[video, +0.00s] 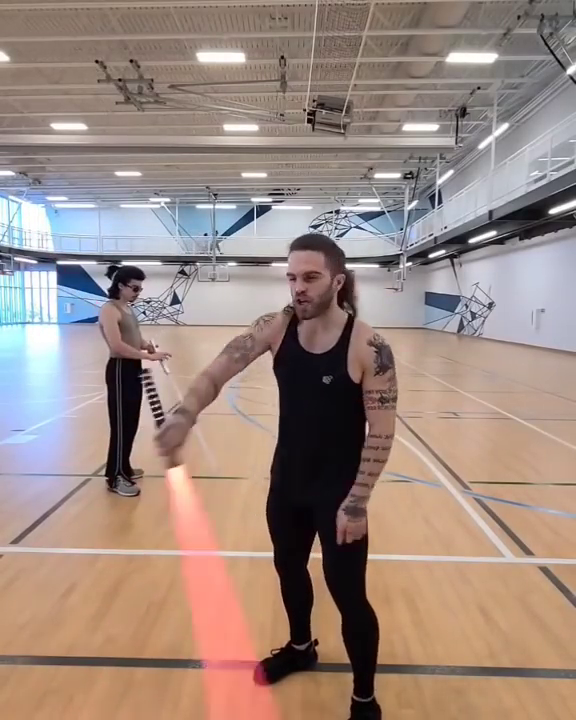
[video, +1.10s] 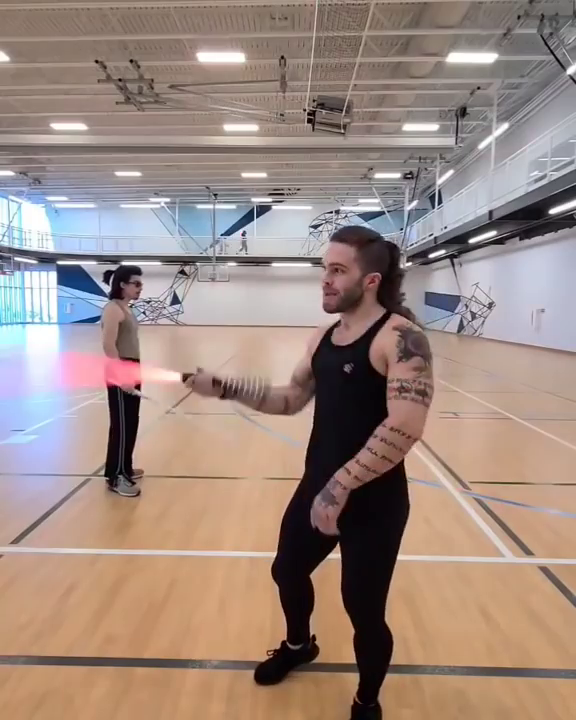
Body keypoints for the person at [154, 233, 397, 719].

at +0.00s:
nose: (298, 287)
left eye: (310, 278)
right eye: (292, 277)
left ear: (338, 280)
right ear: (287, 279)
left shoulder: (369, 347)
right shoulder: (277, 328)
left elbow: (381, 432)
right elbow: (217, 372)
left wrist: (357, 501)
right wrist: (184, 415)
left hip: (342, 487)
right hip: (289, 478)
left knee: (348, 595)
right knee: (290, 568)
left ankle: (363, 696)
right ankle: (301, 645)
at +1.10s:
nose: (325, 279)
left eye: (337, 271)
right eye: (325, 269)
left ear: (371, 281)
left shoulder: (402, 338)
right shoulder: (327, 337)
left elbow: (406, 426)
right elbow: (291, 399)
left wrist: (339, 485)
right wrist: (224, 388)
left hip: (375, 495)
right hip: (321, 483)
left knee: (364, 605)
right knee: (288, 568)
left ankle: (367, 700)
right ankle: (298, 642)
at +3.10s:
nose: (281, 282)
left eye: (293, 273)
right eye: (275, 272)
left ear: (318, 279)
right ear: (268, 276)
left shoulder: (329, 335)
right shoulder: (283, 332)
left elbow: (347, 397)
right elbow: (278, 410)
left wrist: (308, 435)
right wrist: (258, 459)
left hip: (309, 484)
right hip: (272, 478)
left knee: (306, 602)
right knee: (282, 576)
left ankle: (363, 691)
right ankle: (290, 655)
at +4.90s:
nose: (390, 294)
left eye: (393, 289)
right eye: (392, 288)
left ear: (403, 292)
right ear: (429, 292)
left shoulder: (381, 327)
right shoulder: (446, 331)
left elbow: (355, 364)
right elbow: (458, 385)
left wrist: (356, 378)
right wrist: (475, 426)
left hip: (389, 426)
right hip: (426, 426)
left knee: (389, 491)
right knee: (428, 481)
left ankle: (388, 563)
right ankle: (428, 533)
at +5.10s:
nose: (397, 302)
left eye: (400, 297)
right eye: (397, 297)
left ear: (411, 298)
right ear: (431, 298)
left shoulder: (396, 331)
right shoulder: (453, 334)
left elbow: (372, 365)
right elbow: (463, 379)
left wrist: (358, 377)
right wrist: (477, 416)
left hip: (400, 418)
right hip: (434, 420)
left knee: (387, 478)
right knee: (432, 469)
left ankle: (390, 536)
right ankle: (430, 521)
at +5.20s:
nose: (397, 299)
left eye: (399, 293)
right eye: (397, 293)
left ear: (412, 294)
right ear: (429, 294)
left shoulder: (401, 326)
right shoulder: (454, 327)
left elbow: (381, 366)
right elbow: (465, 370)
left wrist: (367, 388)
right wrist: (481, 403)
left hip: (405, 409)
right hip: (438, 410)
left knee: (389, 459)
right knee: (433, 465)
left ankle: (401, 510)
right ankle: (430, 520)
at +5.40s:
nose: (397, 301)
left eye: (399, 295)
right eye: (397, 295)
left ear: (413, 296)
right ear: (425, 296)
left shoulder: (406, 325)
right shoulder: (452, 323)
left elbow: (395, 368)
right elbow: (464, 362)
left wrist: (387, 401)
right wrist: (475, 386)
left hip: (408, 402)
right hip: (438, 404)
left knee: (405, 450)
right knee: (433, 460)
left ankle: (407, 492)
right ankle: (429, 518)